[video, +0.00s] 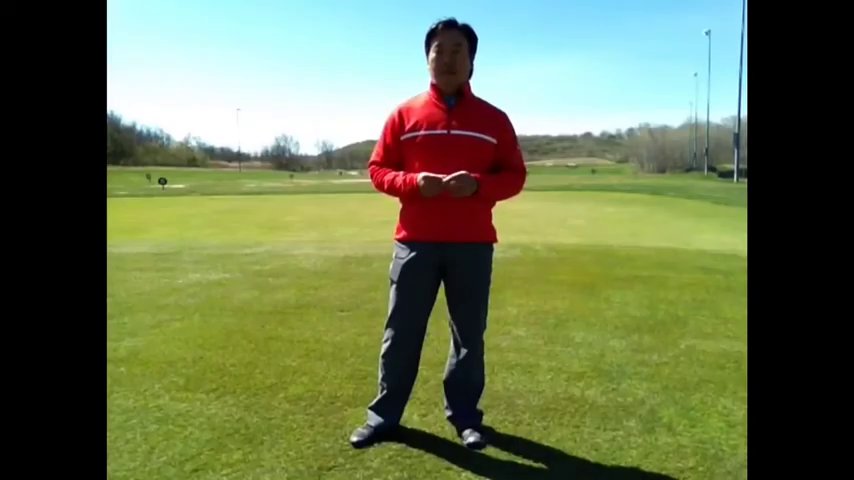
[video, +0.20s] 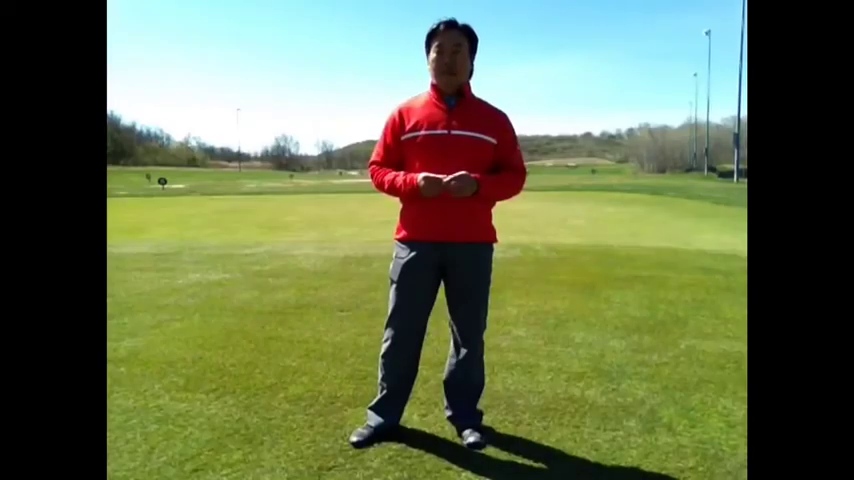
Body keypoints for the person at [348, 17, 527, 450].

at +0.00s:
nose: (446, 57)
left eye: (456, 49)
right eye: (438, 49)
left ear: (471, 59)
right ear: (427, 58)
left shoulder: (494, 119)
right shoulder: (403, 116)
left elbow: (516, 176)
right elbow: (378, 171)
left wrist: (480, 184)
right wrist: (413, 182)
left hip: (472, 245)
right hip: (415, 243)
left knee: (469, 337)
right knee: (400, 333)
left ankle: (467, 419)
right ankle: (383, 417)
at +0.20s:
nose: (447, 57)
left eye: (456, 50)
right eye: (439, 49)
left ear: (472, 59)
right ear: (427, 58)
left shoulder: (495, 120)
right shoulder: (403, 116)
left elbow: (516, 177)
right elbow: (378, 171)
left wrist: (480, 185)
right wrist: (414, 182)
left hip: (472, 245)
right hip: (415, 243)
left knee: (469, 337)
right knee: (400, 333)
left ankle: (467, 419)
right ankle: (383, 417)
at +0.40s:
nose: (447, 57)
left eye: (457, 49)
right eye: (439, 49)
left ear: (472, 59)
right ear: (427, 59)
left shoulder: (495, 120)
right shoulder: (404, 116)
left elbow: (516, 176)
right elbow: (379, 171)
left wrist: (480, 185)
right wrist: (415, 181)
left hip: (472, 245)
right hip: (415, 243)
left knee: (469, 337)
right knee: (400, 332)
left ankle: (467, 419)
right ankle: (383, 417)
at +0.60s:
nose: (447, 57)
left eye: (457, 50)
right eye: (440, 50)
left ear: (472, 60)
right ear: (428, 59)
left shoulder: (495, 120)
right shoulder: (404, 116)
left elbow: (515, 176)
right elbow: (379, 171)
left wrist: (480, 184)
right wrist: (415, 181)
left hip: (472, 245)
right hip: (415, 242)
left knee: (469, 336)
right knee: (400, 332)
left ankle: (467, 419)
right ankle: (383, 417)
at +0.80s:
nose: (447, 58)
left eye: (457, 50)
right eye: (440, 50)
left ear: (472, 60)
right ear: (428, 60)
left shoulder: (494, 121)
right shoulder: (405, 116)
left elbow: (515, 177)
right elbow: (379, 170)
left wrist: (483, 184)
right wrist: (403, 182)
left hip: (471, 245)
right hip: (416, 242)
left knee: (469, 336)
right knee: (400, 332)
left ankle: (466, 419)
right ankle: (383, 417)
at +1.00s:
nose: (448, 58)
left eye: (457, 50)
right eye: (439, 51)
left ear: (472, 59)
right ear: (427, 61)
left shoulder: (495, 121)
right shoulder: (405, 116)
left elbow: (516, 176)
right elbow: (379, 170)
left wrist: (485, 184)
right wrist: (408, 179)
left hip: (472, 245)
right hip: (416, 242)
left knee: (469, 336)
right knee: (400, 332)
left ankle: (467, 418)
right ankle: (383, 417)